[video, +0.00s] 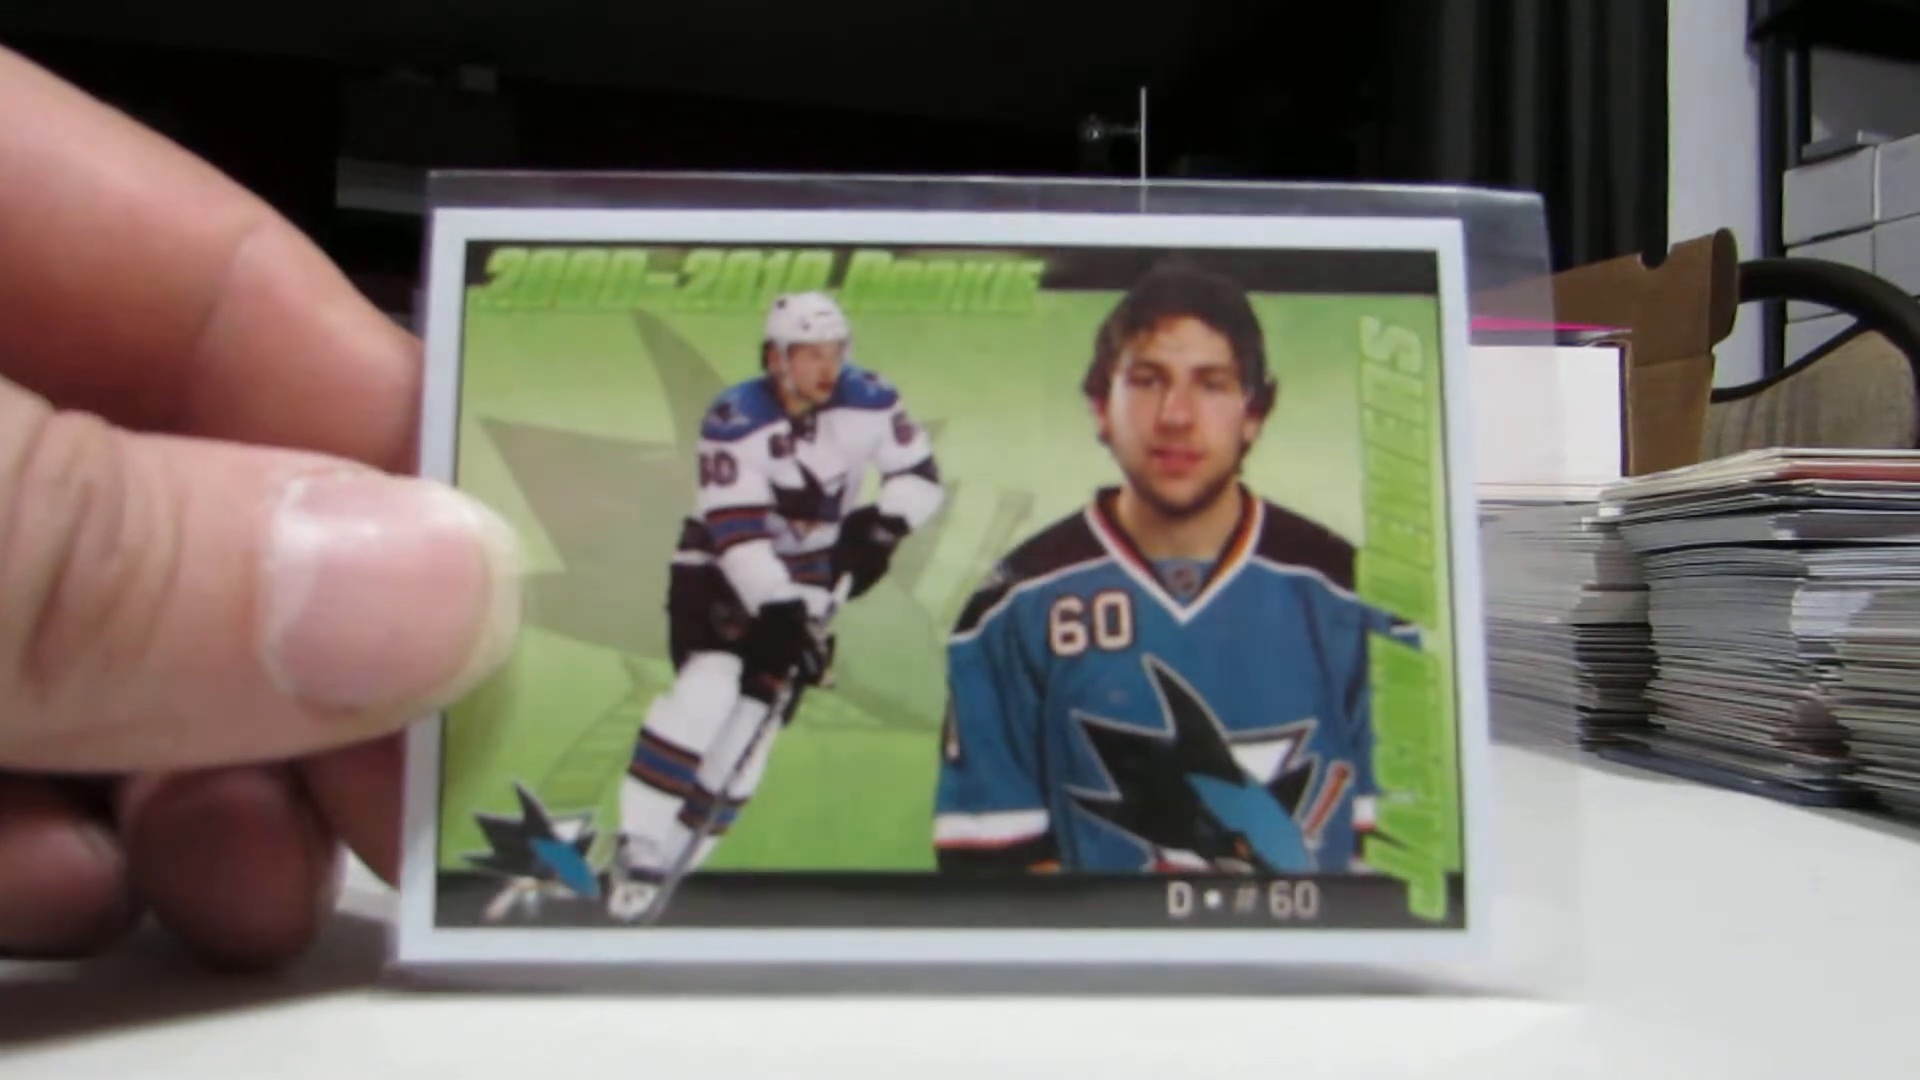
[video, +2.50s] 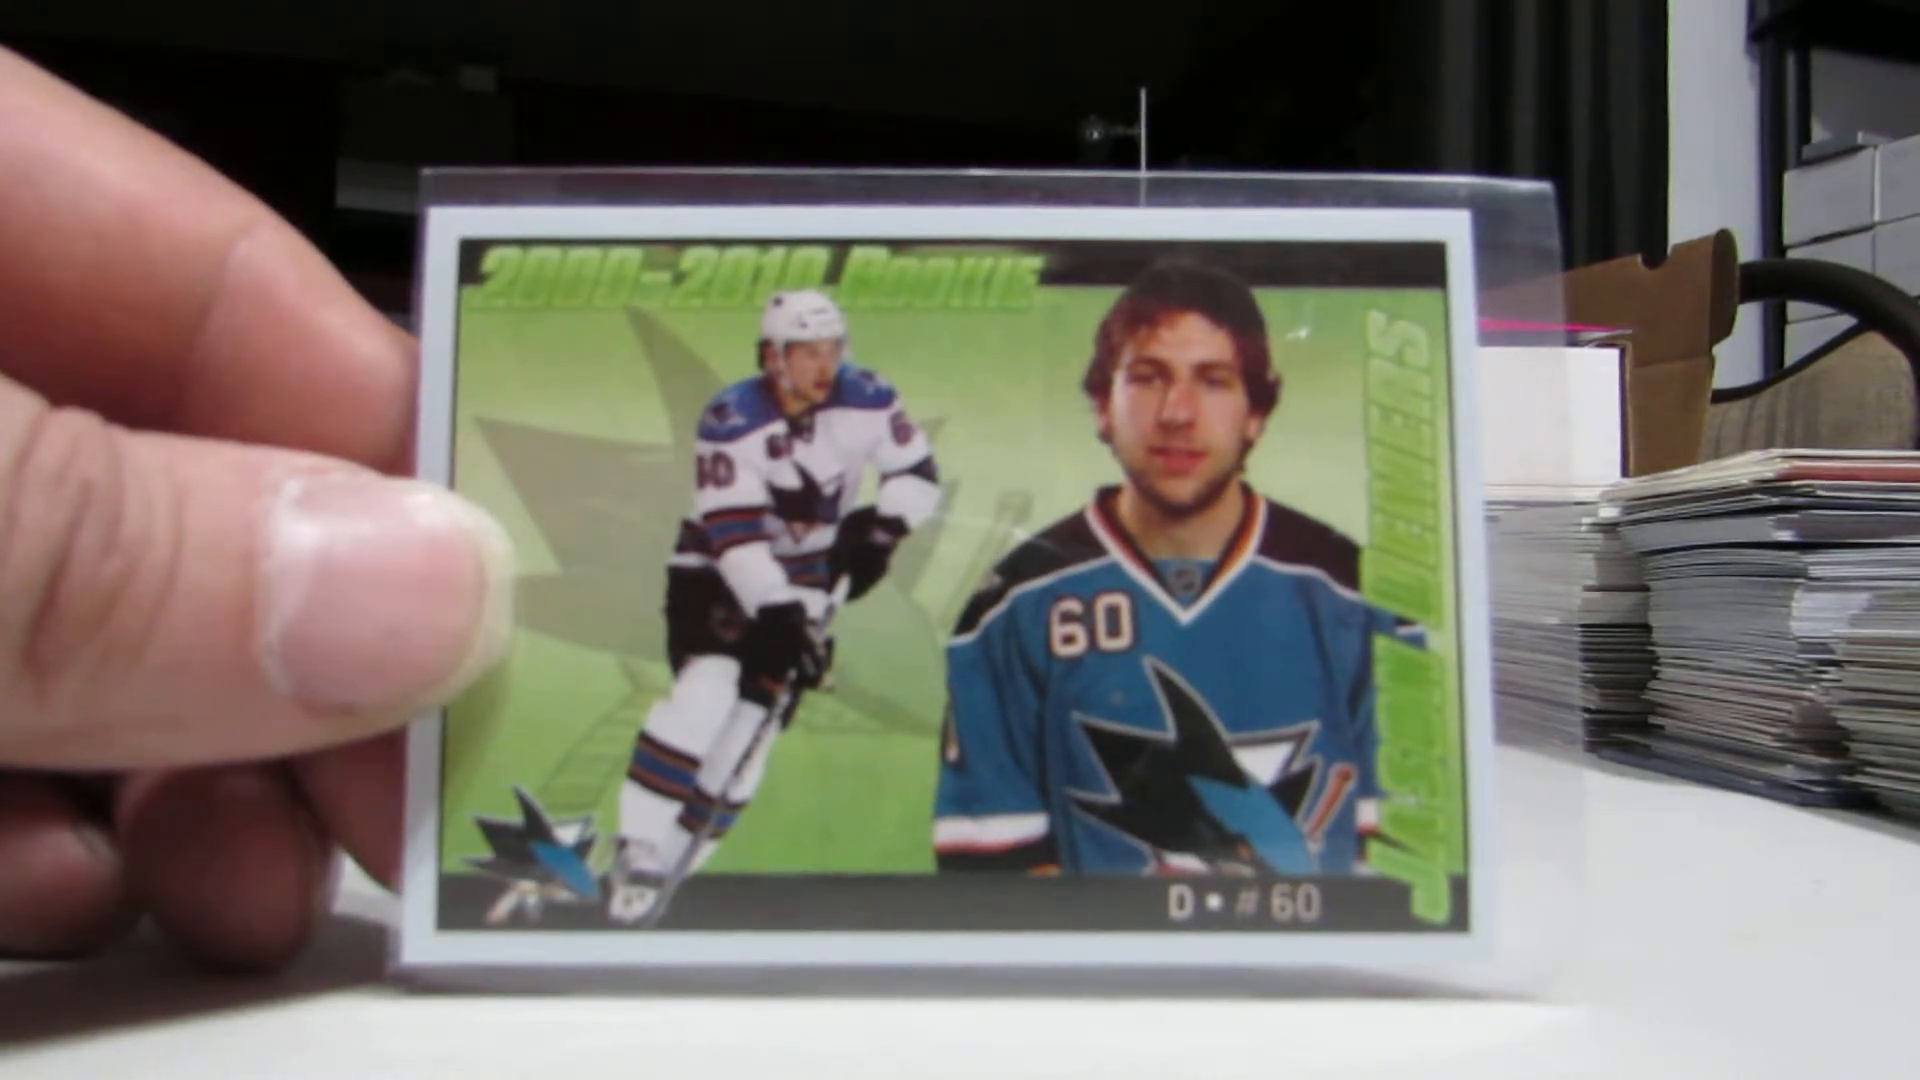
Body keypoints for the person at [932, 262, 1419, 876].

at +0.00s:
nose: (1175, 414)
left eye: (1210, 383)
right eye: (1146, 380)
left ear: (1252, 415)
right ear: (1101, 409)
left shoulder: (1349, 589)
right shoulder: (1016, 606)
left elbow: (1395, 848)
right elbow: (992, 868)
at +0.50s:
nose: (1176, 411)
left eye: (1211, 381)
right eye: (1146, 378)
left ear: (1254, 413)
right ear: (1102, 407)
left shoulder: (1354, 589)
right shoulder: (1017, 604)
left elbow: (1400, 851)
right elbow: (992, 872)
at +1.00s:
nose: (1177, 410)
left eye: (1212, 380)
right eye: (1147, 377)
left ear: (1255, 414)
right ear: (1102, 407)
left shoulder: (1354, 588)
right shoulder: (1016, 604)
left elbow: (1401, 851)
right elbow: (993, 872)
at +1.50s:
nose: (1177, 411)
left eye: (1212, 381)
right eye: (1147, 377)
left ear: (1255, 414)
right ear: (1103, 407)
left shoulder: (1355, 589)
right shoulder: (1017, 605)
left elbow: (1400, 853)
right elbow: (995, 874)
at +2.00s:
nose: (1177, 411)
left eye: (1213, 380)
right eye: (1147, 377)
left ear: (1255, 414)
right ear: (1102, 407)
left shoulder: (1355, 589)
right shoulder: (1017, 605)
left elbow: (1400, 855)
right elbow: (994, 874)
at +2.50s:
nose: (1177, 411)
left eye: (1212, 381)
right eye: (1147, 377)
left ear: (1255, 415)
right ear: (1103, 408)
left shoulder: (1355, 589)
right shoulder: (1017, 604)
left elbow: (1400, 856)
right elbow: (994, 876)